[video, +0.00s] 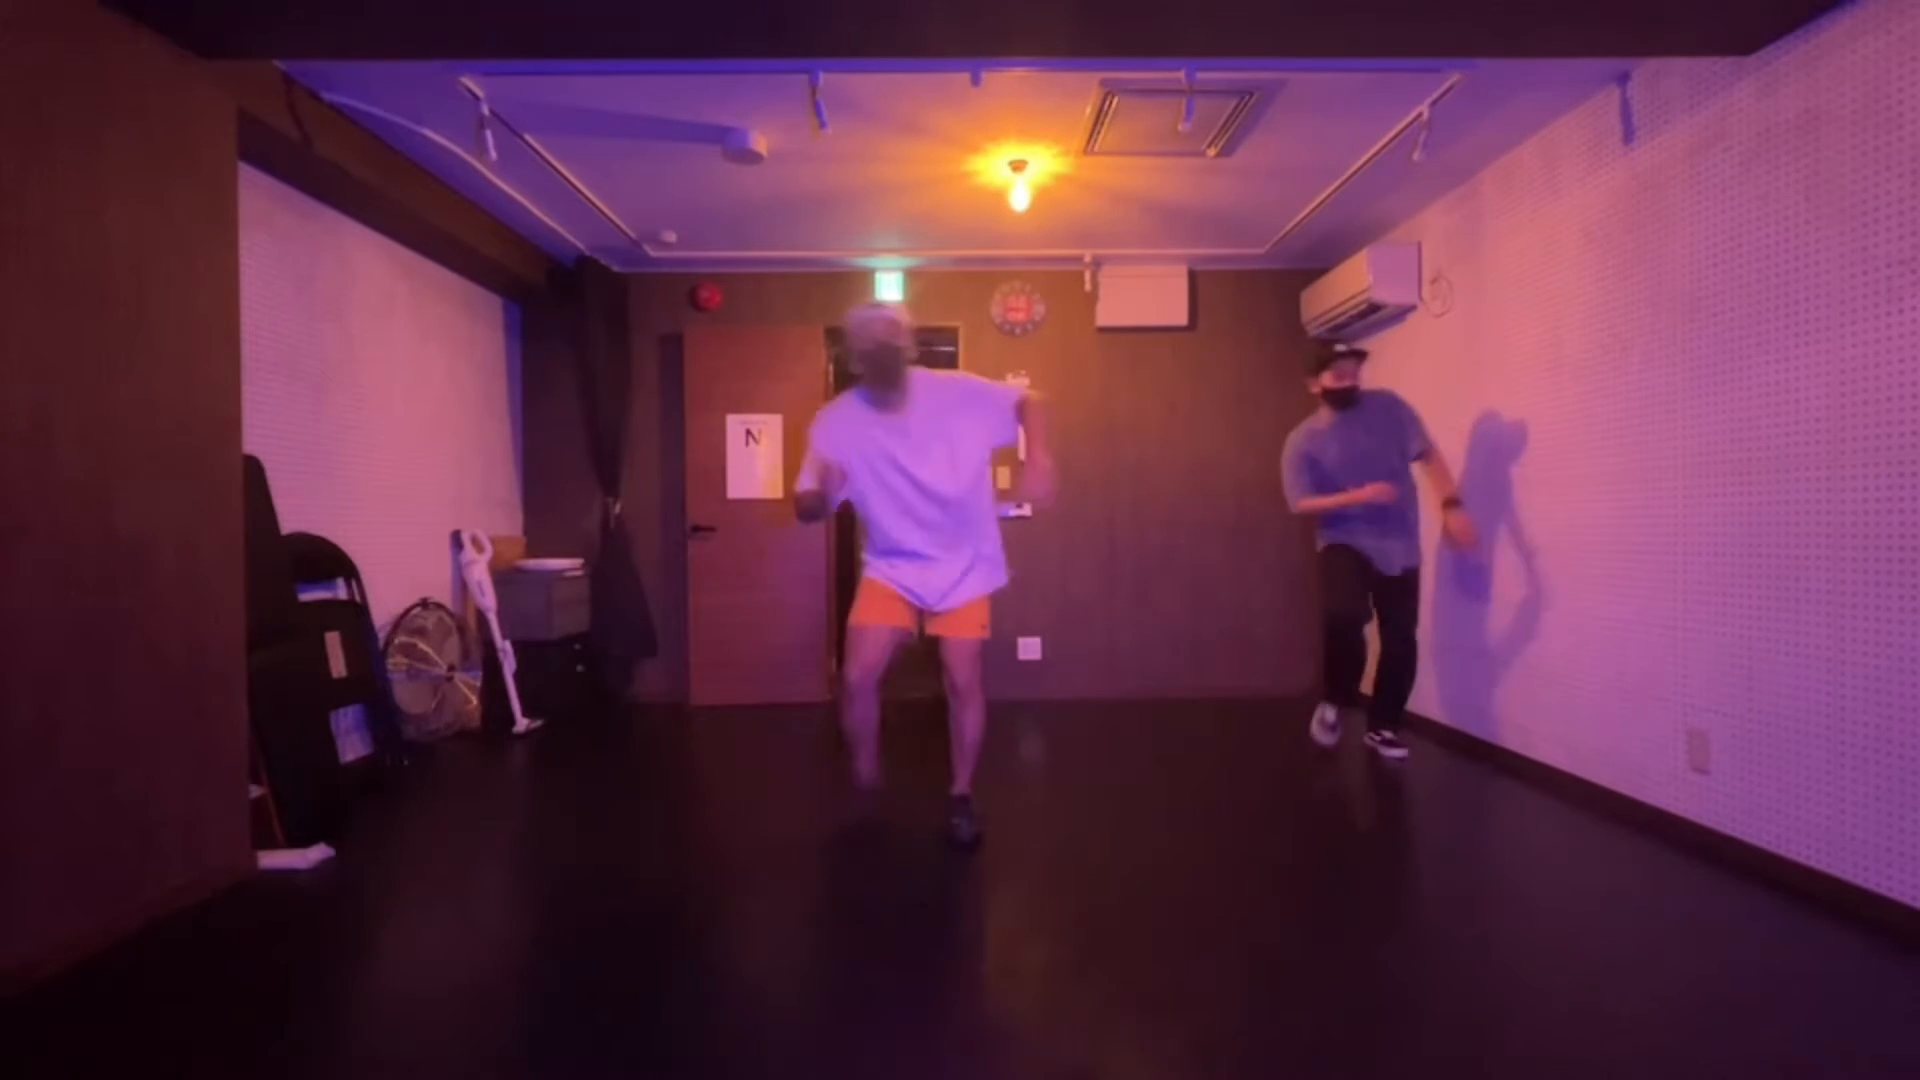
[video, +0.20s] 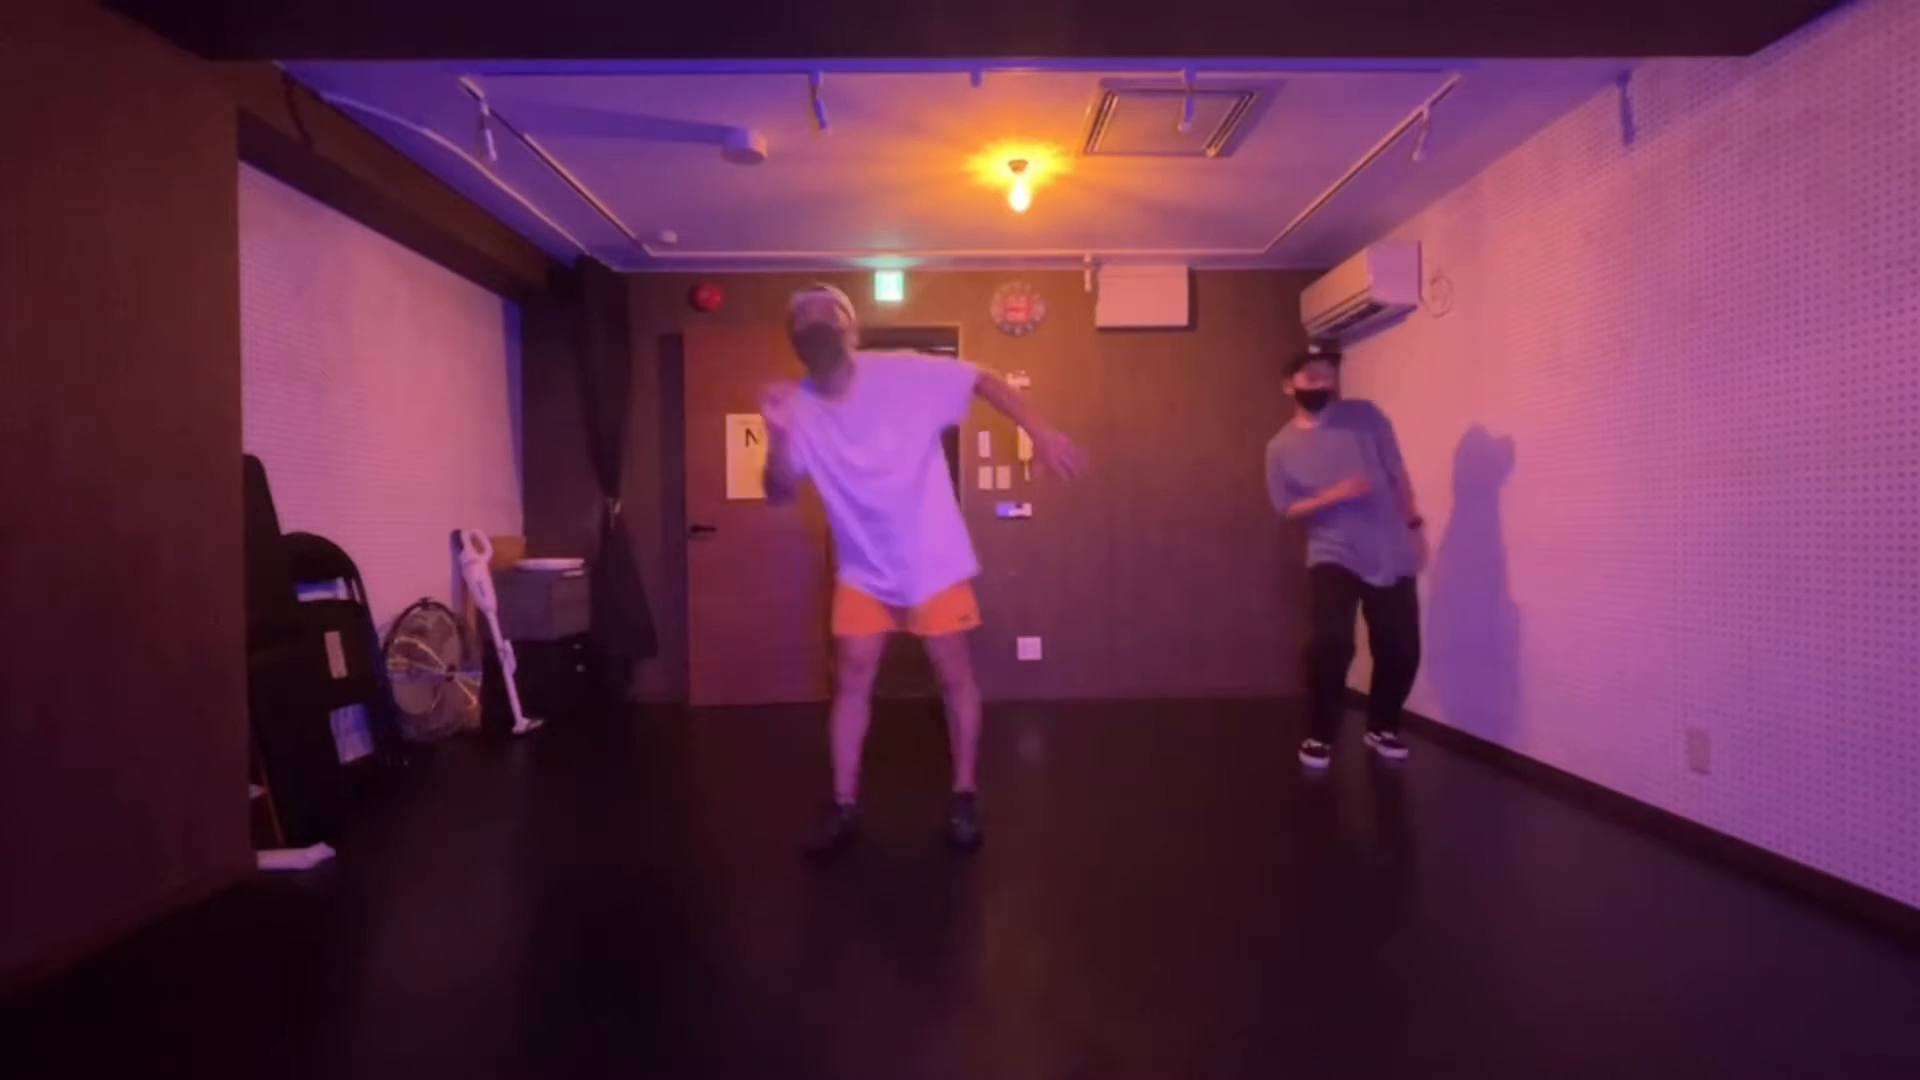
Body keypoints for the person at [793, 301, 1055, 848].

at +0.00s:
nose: (882, 363)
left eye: (890, 351)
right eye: (870, 354)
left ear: (909, 348)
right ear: (852, 360)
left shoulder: (955, 392)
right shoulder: (837, 421)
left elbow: (1029, 404)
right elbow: (807, 507)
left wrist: (1038, 465)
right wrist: (823, 492)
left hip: (962, 565)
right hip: (889, 567)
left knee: (963, 682)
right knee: (857, 676)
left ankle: (961, 797)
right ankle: (867, 794)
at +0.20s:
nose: (819, 330)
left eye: (830, 319)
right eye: (806, 325)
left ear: (853, 329)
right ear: (794, 343)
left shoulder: (902, 372)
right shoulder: (799, 407)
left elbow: (983, 381)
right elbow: (779, 491)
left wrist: (1040, 432)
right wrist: (779, 434)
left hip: (932, 556)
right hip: (862, 563)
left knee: (953, 673)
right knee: (853, 676)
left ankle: (964, 796)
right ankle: (845, 805)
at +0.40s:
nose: (813, 319)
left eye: (826, 310)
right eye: (801, 311)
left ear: (848, 324)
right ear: (787, 325)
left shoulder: (885, 364)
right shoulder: (768, 388)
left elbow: (961, 363)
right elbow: (706, 434)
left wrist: (985, 431)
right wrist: (710, 422)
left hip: (894, 549)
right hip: (823, 558)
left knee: (914, 666)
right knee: (824, 675)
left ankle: (945, 769)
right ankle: (840, 805)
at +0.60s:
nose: (814, 345)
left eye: (828, 335)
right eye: (804, 335)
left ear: (852, 347)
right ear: (791, 343)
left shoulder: (883, 396)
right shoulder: (762, 394)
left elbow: (959, 411)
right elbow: (690, 435)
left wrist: (918, 432)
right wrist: (678, 498)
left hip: (867, 563)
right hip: (792, 569)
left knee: (883, 677)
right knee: (799, 689)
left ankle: (866, 733)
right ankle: (840, 806)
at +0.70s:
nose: (817, 336)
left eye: (832, 329)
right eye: (809, 327)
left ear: (854, 347)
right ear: (793, 339)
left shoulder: (875, 405)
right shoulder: (759, 397)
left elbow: (921, 464)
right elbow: (702, 461)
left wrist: (890, 444)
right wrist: (662, 526)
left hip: (854, 577)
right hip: (779, 579)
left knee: (857, 695)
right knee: (797, 693)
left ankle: (817, 754)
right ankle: (839, 805)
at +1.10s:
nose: (786, 330)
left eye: (797, 322)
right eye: (775, 322)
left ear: (816, 332)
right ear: (757, 334)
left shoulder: (835, 393)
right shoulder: (729, 387)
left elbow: (893, 437)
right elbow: (654, 437)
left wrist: (844, 391)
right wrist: (582, 470)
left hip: (811, 559)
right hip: (747, 557)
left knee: (808, 673)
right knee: (771, 663)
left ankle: (771, 778)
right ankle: (777, 792)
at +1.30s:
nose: (746, 328)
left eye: (755, 318)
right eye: (733, 322)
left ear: (775, 330)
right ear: (719, 335)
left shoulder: (808, 389)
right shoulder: (694, 390)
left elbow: (876, 399)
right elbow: (618, 425)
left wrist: (818, 364)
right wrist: (541, 413)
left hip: (793, 559)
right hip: (725, 561)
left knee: (783, 664)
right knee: (728, 671)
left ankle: (762, 782)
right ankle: (716, 790)